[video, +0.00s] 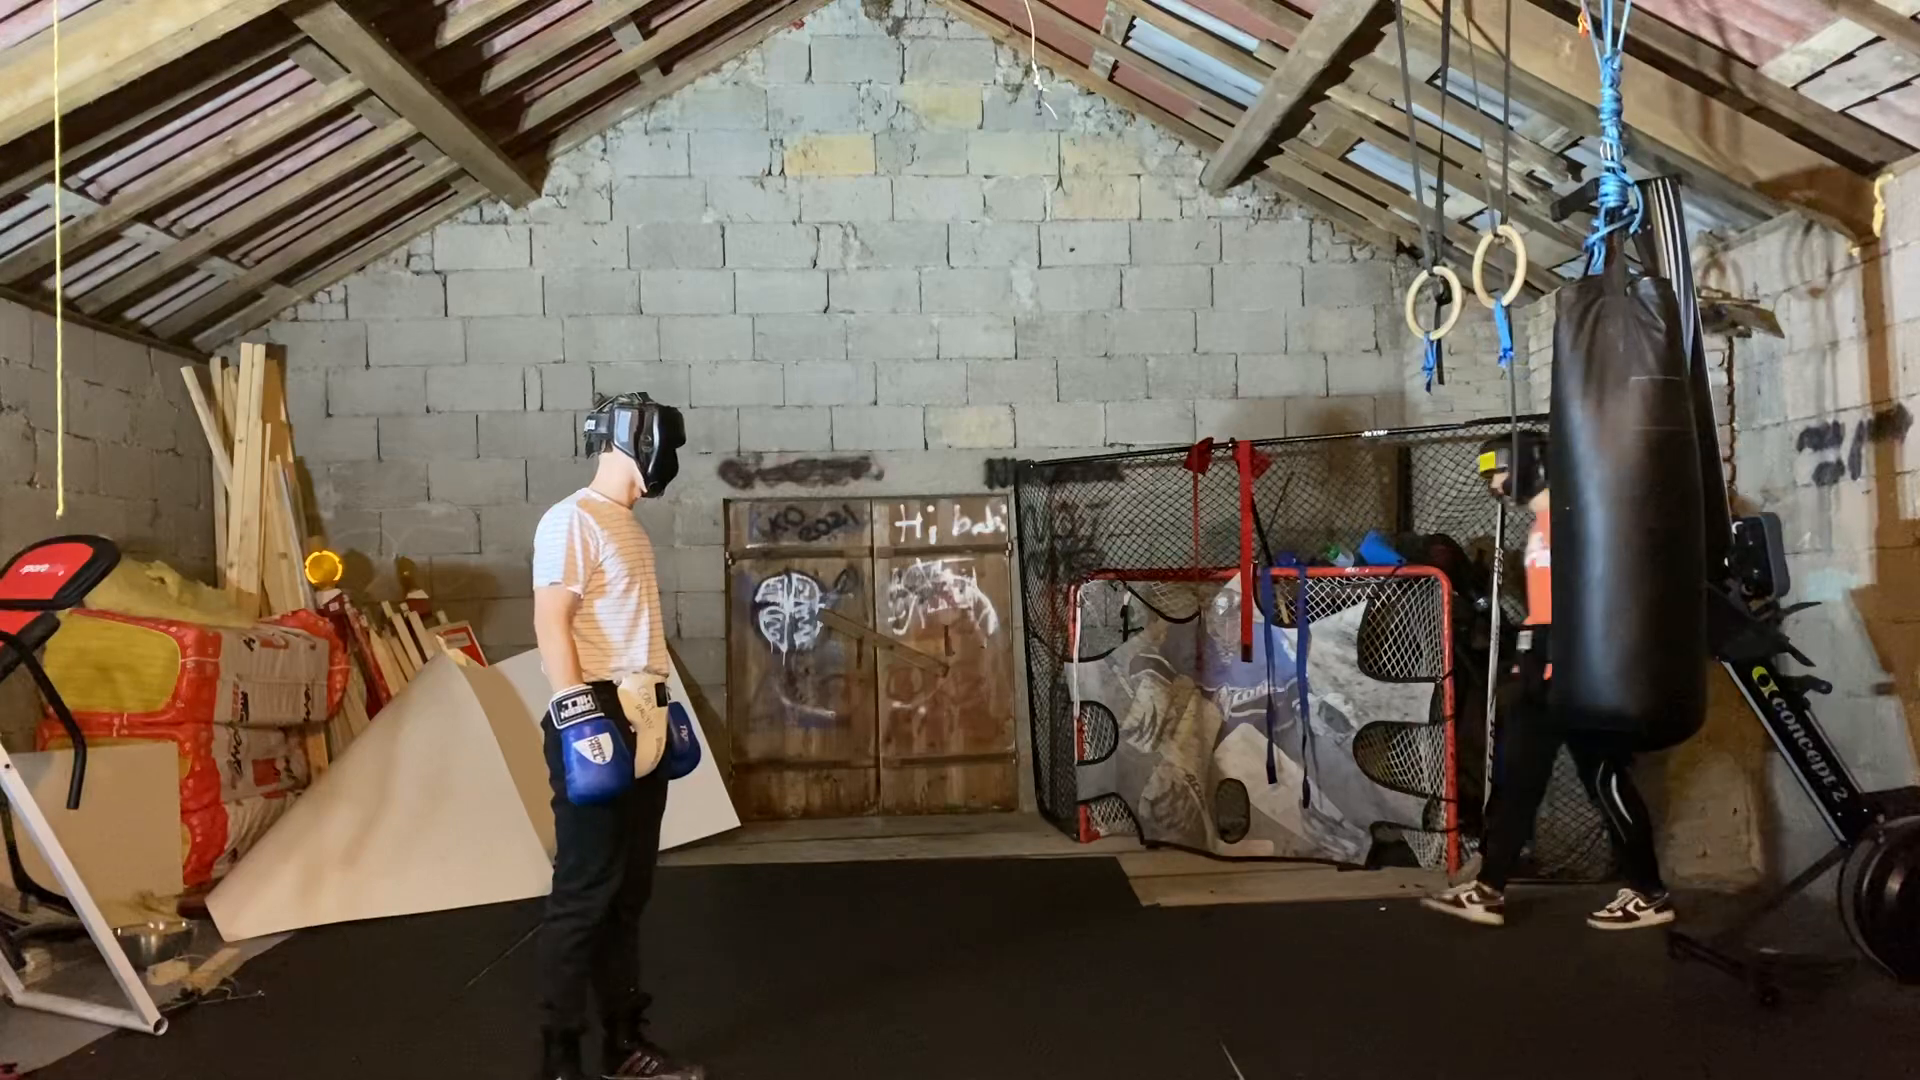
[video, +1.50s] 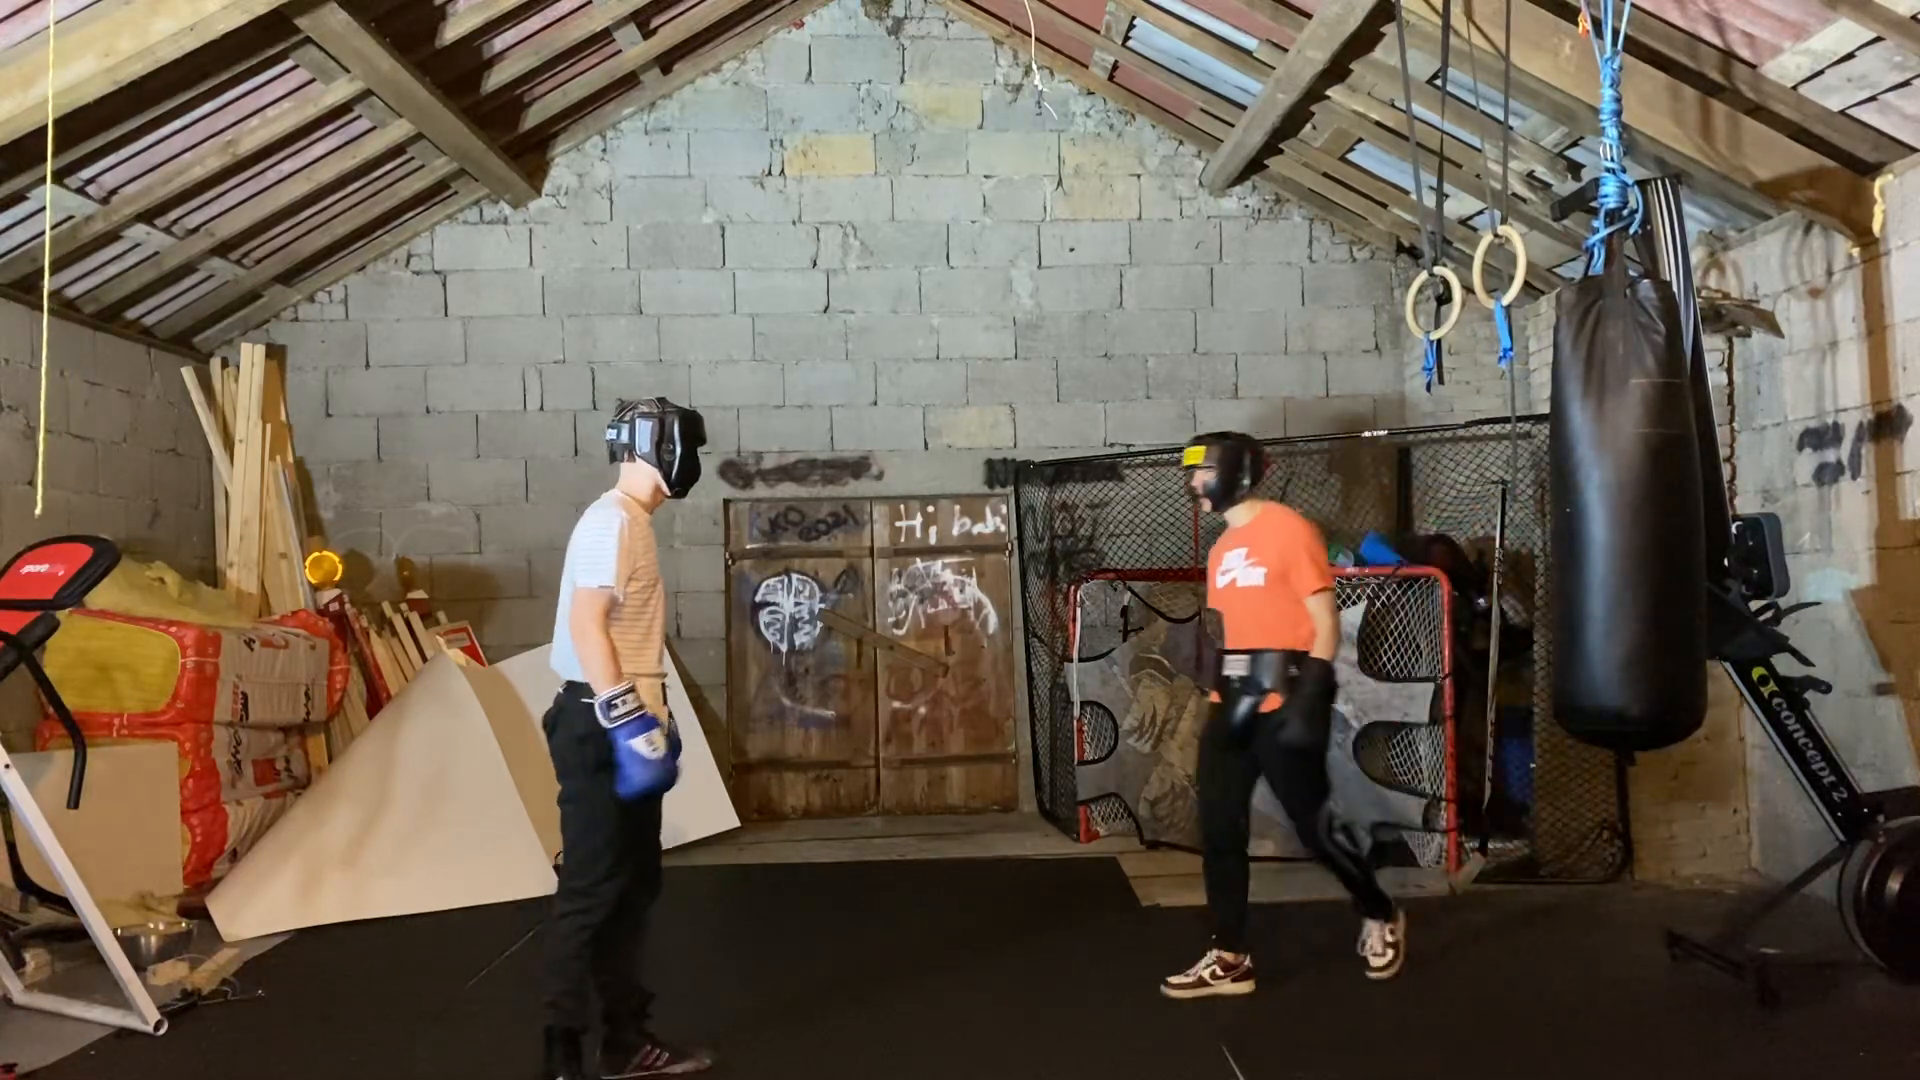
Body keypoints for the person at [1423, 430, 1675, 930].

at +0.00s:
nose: (1493, 486)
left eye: (1497, 474)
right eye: (1490, 476)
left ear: (1524, 468)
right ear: (1527, 469)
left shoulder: (1568, 514)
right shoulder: (1541, 521)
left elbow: (1582, 590)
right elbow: (1544, 595)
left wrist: (1564, 661)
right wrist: (1528, 653)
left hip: (1578, 666)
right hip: (1542, 665)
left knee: (1605, 776)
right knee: (1518, 776)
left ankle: (1647, 891)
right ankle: (1488, 887)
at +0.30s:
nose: (1428, 475)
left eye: (1435, 464)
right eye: (1425, 468)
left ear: (1464, 463)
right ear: (1436, 475)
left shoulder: (1514, 515)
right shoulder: (1452, 536)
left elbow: (1548, 593)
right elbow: (1450, 612)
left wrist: (1559, 663)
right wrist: (1439, 665)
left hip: (1508, 668)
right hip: (1461, 670)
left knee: (1507, 781)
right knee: (1461, 784)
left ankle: (1591, 863)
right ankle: (1477, 897)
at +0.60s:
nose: (1381, 473)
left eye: (1390, 461)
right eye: (1376, 464)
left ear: (1419, 461)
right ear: (1379, 471)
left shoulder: (1465, 518)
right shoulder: (1389, 537)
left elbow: (1498, 598)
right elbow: (1379, 612)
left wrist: (1515, 672)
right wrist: (1337, 664)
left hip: (1465, 667)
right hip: (1414, 670)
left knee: (1451, 788)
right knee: (1444, 788)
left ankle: (1439, 909)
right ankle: (1478, 897)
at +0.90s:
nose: (1342, 473)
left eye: (1353, 462)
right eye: (1340, 463)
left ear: (1384, 466)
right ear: (1349, 471)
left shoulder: (1425, 529)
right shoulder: (1347, 536)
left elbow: (1454, 617)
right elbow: (1336, 619)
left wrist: (1464, 704)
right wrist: (1305, 689)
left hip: (1415, 678)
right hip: (1361, 679)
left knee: (1397, 802)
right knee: (1373, 800)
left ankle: (1400, 927)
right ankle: (1450, 875)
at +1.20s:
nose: (1281, 472)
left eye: (1290, 461)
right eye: (1280, 462)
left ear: (1320, 464)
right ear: (1296, 468)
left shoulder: (1371, 521)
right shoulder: (1295, 535)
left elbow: (1404, 609)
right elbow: (1300, 618)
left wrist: (1396, 691)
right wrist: (1296, 690)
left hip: (1367, 678)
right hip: (1310, 682)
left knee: (1383, 808)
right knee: (1290, 802)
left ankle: (1398, 930)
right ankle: (1295, 929)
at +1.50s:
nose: (1194, 482)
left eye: (1203, 470)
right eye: (1193, 471)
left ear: (1237, 472)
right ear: (1218, 477)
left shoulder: (1289, 529)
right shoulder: (1220, 549)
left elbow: (1326, 619)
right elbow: (1222, 630)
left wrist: (1310, 695)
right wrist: (1214, 696)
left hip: (1288, 693)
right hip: (1232, 699)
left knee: (1314, 826)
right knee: (1219, 828)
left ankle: (1381, 915)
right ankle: (1230, 955)